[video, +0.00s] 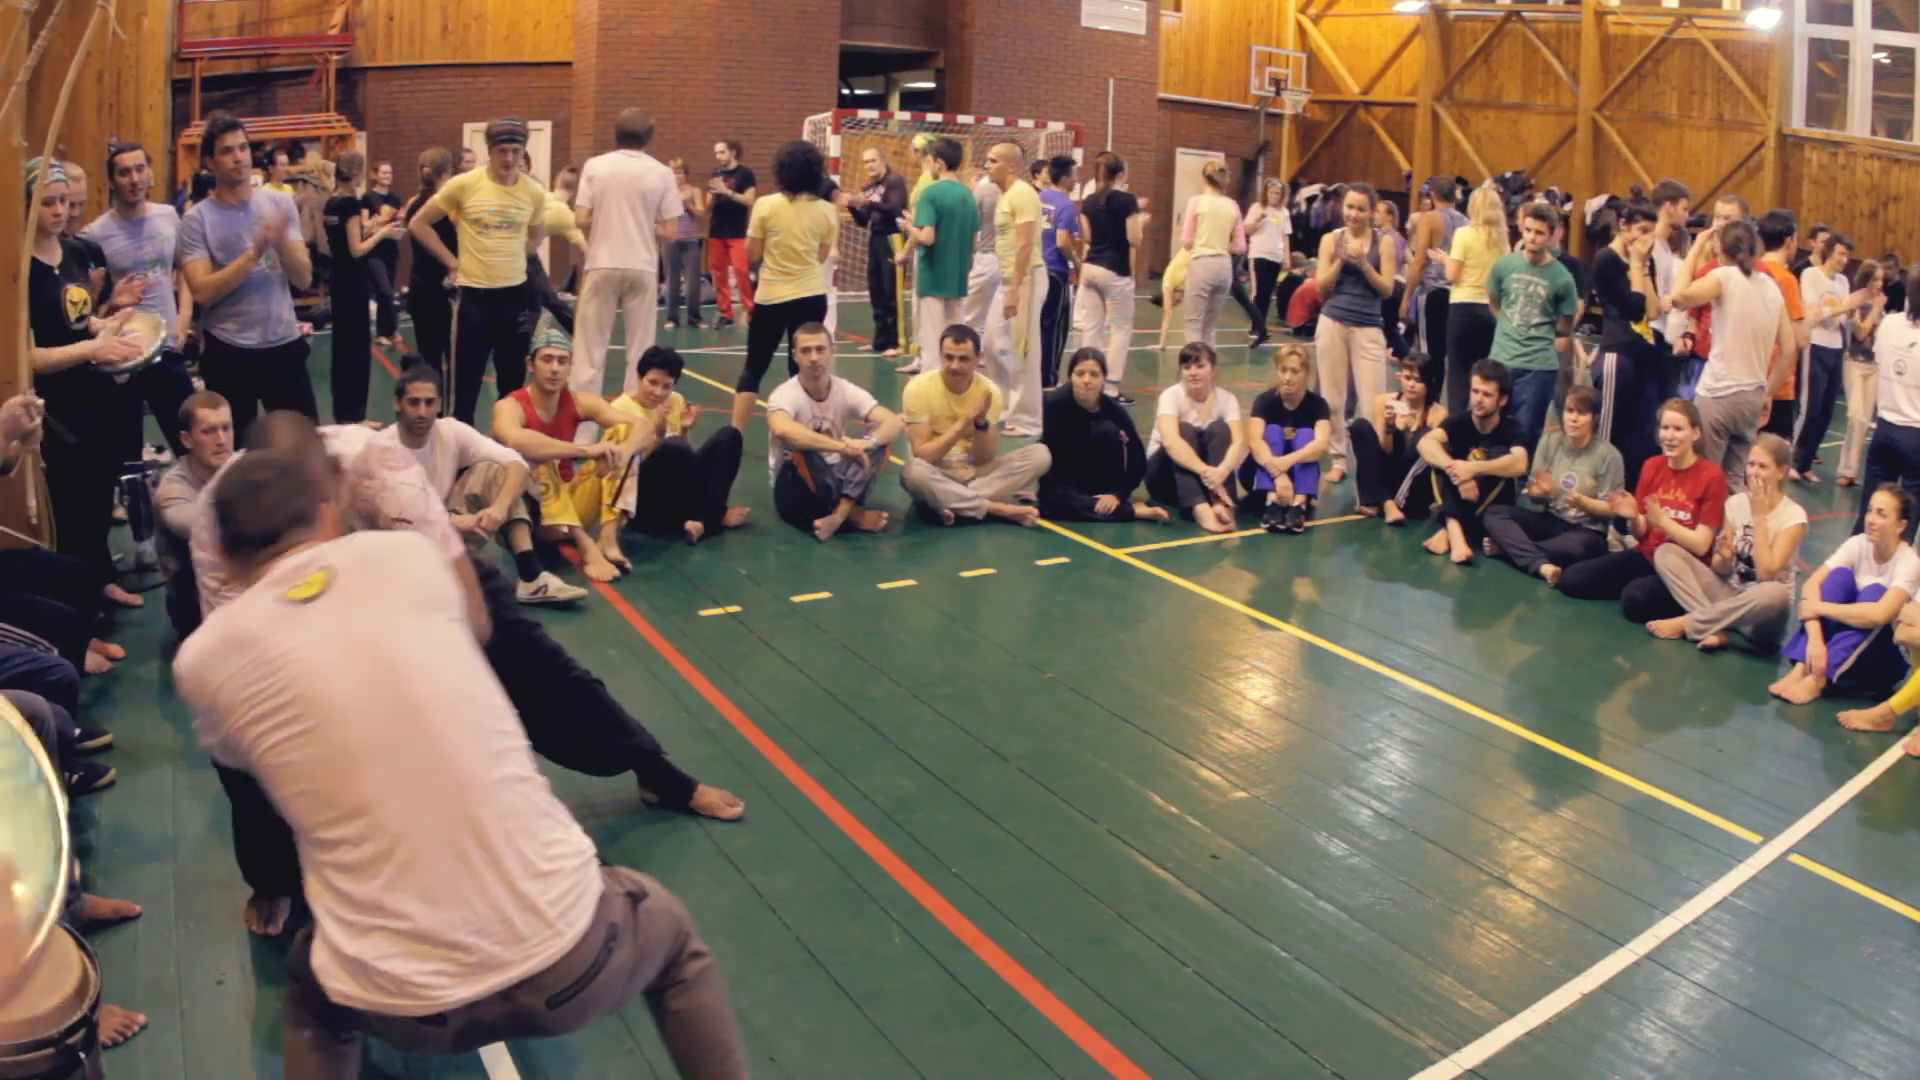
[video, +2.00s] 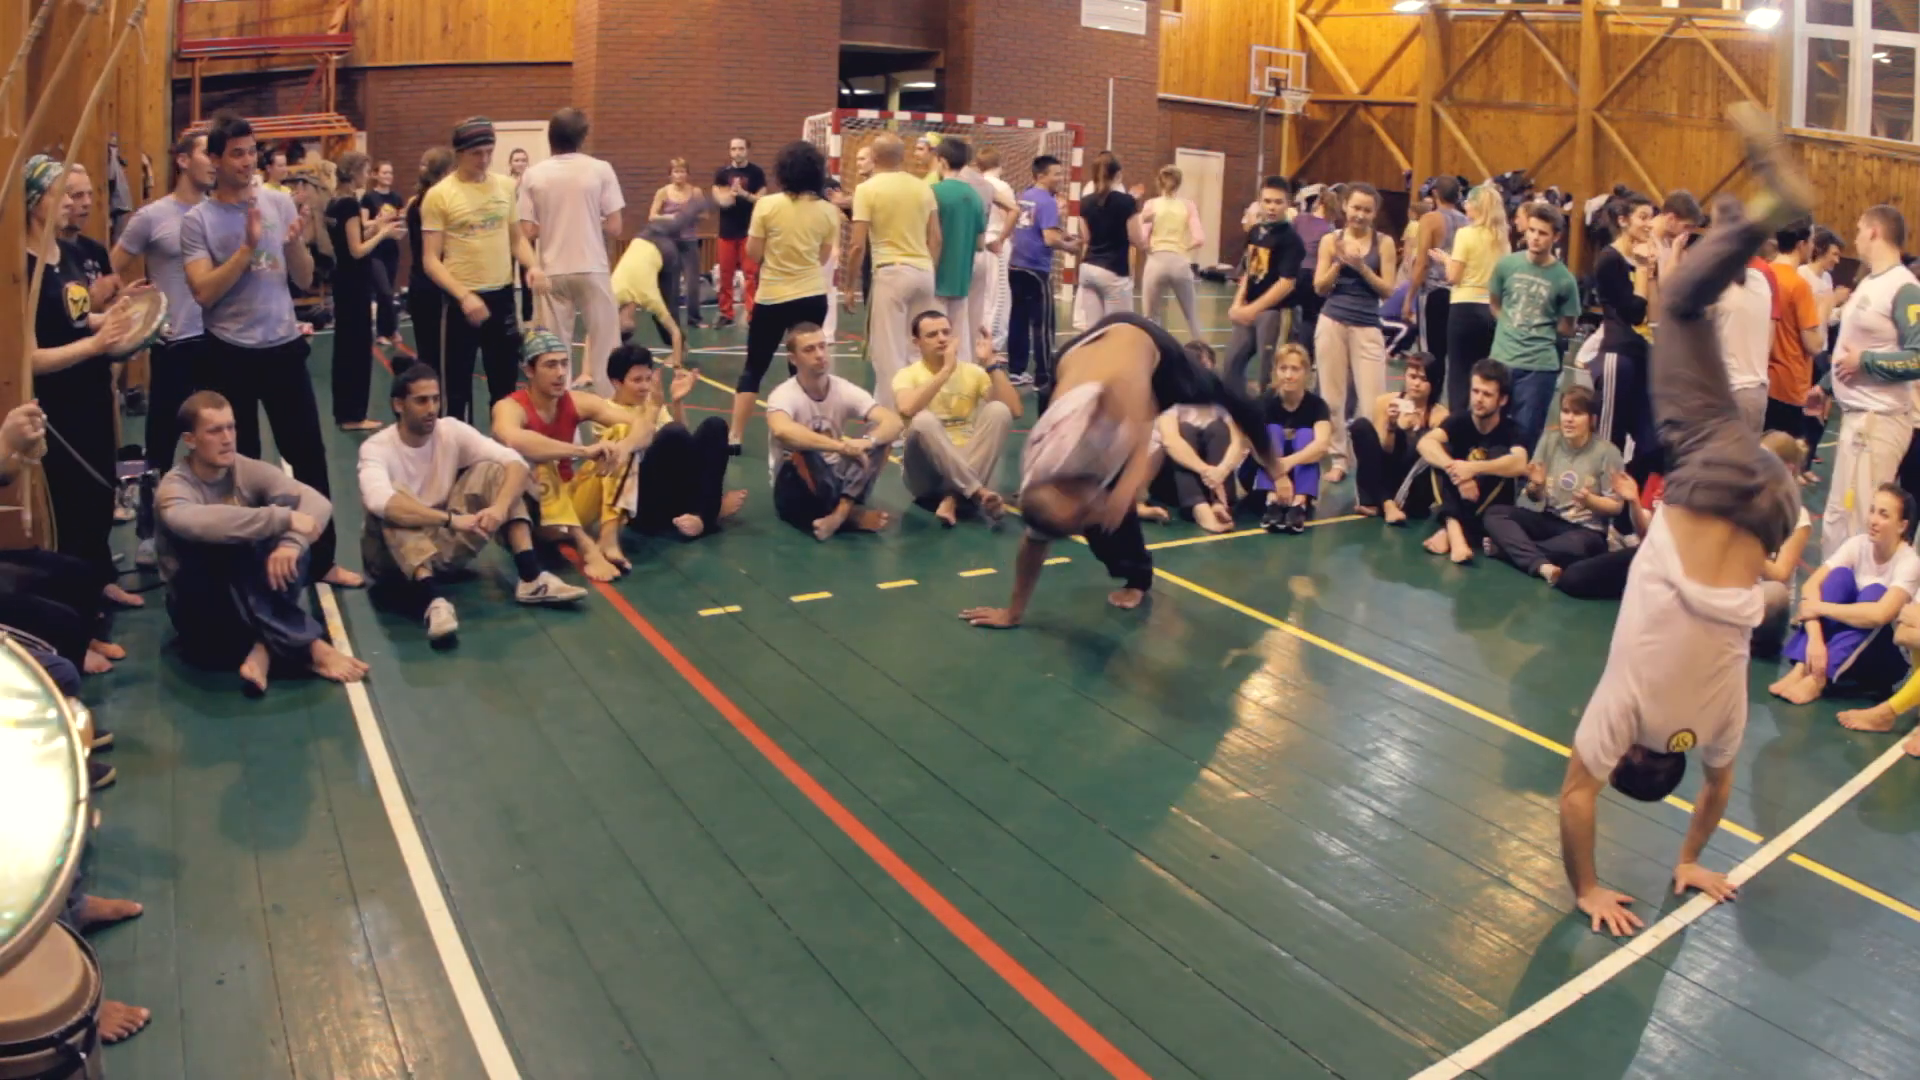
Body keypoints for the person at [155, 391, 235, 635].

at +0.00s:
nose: (221, 440)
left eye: (226, 429)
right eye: (208, 432)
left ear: (234, 430)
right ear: (186, 440)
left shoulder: (244, 467)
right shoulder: (172, 487)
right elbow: (201, 527)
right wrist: (229, 473)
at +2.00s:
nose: (228, 439)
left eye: (230, 428)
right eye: (215, 431)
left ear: (237, 429)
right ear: (189, 439)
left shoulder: (246, 469)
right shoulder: (174, 487)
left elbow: (316, 502)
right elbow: (190, 523)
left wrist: (291, 544)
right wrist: (284, 518)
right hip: (208, 620)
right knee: (214, 545)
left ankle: (265, 647)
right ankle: (311, 645)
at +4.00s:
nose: (228, 440)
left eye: (231, 429)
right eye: (216, 432)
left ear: (236, 429)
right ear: (189, 440)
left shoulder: (244, 469)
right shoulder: (173, 487)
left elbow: (316, 502)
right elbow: (191, 523)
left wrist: (291, 543)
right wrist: (283, 517)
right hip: (208, 616)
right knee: (213, 544)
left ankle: (264, 646)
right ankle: (310, 645)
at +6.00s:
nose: (229, 439)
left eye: (232, 429)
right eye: (217, 432)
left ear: (238, 429)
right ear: (190, 440)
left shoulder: (247, 470)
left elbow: (316, 501)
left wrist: (292, 545)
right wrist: (285, 517)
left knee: (289, 505)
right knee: (228, 552)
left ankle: (265, 645)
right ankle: (310, 644)